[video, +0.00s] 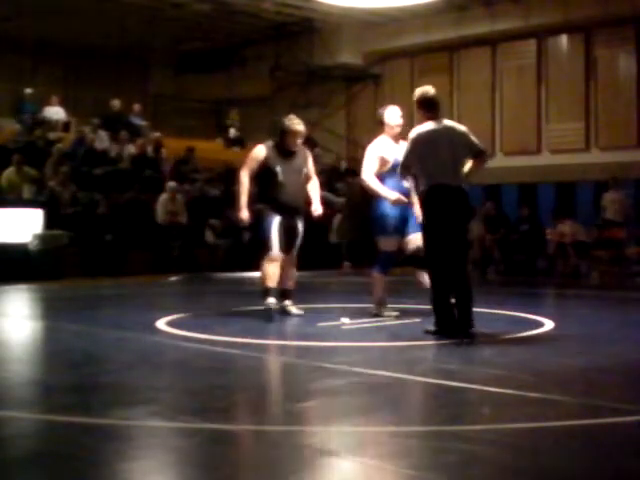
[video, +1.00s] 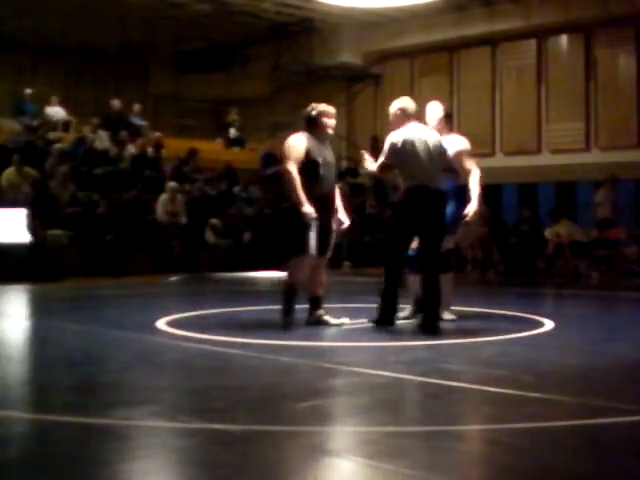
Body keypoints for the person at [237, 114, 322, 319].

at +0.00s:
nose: (298, 141)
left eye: (301, 137)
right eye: (294, 137)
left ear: (303, 137)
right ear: (283, 135)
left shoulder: (305, 155)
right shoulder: (263, 152)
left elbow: (311, 178)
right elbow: (245, 173)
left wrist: (316, 201)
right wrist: (243, 206)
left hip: (295, 209)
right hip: (271, 208)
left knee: (291, 256)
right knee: (274, 253)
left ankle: (287, 297)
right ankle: (270, 295)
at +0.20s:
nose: (302, 139)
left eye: (303, 135)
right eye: (298, 135)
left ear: (304, 135)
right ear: (286, 135)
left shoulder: (305, 155)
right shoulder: (267, 154)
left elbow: (311, 183)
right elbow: (255, 179)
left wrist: (319, 209)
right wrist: (254, 214)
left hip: (300, 211)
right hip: (277, 211)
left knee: (297, 259)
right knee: (281, 257)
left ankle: (289, 300)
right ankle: (278, 302)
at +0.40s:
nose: (306, 132)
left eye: (307, 127)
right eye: (302, 127)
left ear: (307, 129)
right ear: (289, 128)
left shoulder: (306, 150)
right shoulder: (271, 147)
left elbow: (309, 179)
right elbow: (264, 175)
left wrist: (310, 208)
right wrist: (275, 204)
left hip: (303, 210)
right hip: (282, 210)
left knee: (314, 251)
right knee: (281, 257)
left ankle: (293, 293)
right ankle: (278, 303)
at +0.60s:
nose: (313, 127)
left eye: (315, 123)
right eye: (309, 123)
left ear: (315, 125)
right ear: (295, 125)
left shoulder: (312, 150)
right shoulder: (279, 144)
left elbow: (311, 185)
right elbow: (276, 170)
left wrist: (330, 201)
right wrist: (290, 198)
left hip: (309, 211)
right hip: (285, 211)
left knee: (311, 256)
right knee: (282, 259)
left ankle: (312, 304)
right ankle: (279, 306)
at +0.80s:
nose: (325, 126)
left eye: (325, 121)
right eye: (321, 121)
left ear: (322, 124)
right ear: (307, 122)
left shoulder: (320, 150)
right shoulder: (290, 142)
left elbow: (320, 184)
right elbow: (286, 172)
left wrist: (331, 204)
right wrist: (298, 205)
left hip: (319, 210)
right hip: (295, 210)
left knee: (317, 260)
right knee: (289, 262)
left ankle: (316, 308)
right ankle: (281, 311)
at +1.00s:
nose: (333, 124)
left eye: (333, 119)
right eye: (329, 118)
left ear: (329, 122)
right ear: (315, 120)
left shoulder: (327, 147)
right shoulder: (299, 140)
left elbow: (332, 183)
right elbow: (290, 168)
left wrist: (340, 210)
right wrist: (303, 203)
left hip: (325, 209)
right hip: (305, 208)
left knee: (321, 259)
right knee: (304, 257)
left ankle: (316, 309)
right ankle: (288, 309)